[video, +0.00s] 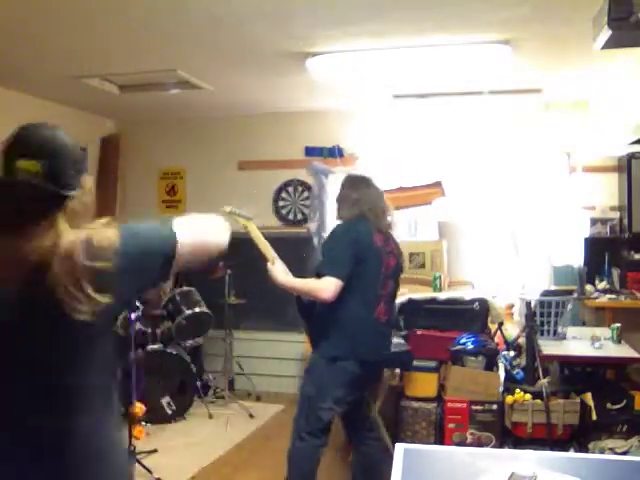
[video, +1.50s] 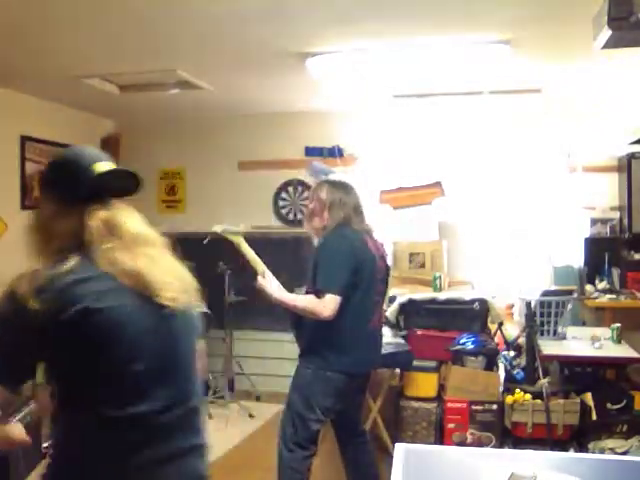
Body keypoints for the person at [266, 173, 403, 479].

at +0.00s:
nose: (338, 203)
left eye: (341, 197)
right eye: (339, 197)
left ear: (349, 200)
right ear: (375, 202)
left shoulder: (347, 234)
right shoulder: (389, 241)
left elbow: (328, 289)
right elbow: (385, 296)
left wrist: (285, 280)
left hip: (339, 352)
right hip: (373, 351)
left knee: (308, 434)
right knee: (362, 425)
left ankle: (299, 474)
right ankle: (378, 473)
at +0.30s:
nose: (304, 220)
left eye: (308, 211)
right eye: (305, 212)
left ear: (321, 211)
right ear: (344, 208)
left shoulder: (332, 242)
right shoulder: (366, 245)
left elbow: (312, 301)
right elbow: (362, 302)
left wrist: (269, 291)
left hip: (319, 360)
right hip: (352, 359)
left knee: (289, 443)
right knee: (350, 436)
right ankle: (366, 475)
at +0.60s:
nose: (309, 213)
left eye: (312, 206)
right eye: (310, 206)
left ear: (322, 207)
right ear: (347, 206)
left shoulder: (329, 239)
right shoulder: (366, 242)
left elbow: (320, 293)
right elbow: (372, 299)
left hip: (324, 350)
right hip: (357, 351)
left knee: (294, 435)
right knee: (350, 430)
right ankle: (365, 473)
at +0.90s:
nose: (312, 215)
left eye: (316, 207)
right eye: (312, 208)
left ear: (328, 208)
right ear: (349, 206)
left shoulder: (331, 243)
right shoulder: (370, 243)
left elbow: (322, 298)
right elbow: (375, 299)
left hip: (331, 350)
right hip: (361, 349)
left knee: (305, 428)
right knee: (350, 425)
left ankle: (295, 473)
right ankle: (367, 474)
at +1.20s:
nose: (309, 213)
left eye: (313, 206)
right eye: (309, 206)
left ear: (330, 209)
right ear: (349, 207)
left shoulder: (336, 242)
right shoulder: (370, 243)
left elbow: (323, 306)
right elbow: (368, 306)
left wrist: (285, 293)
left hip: (327, 360)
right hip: (358, 359)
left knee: (294, 442)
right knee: (351, 431)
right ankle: (366, 476)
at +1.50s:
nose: (308, 207)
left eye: (313, 201)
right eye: (309, 200)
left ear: (330, 207)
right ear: (349, 207)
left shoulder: (338, 241)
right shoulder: (367, 242)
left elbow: (326, 307)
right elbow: (361, 305)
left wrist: (280, 295)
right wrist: (310, 297)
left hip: (327, 362)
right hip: (358, 361)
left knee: (296, 445)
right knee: (352, 433)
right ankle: (368, 476)